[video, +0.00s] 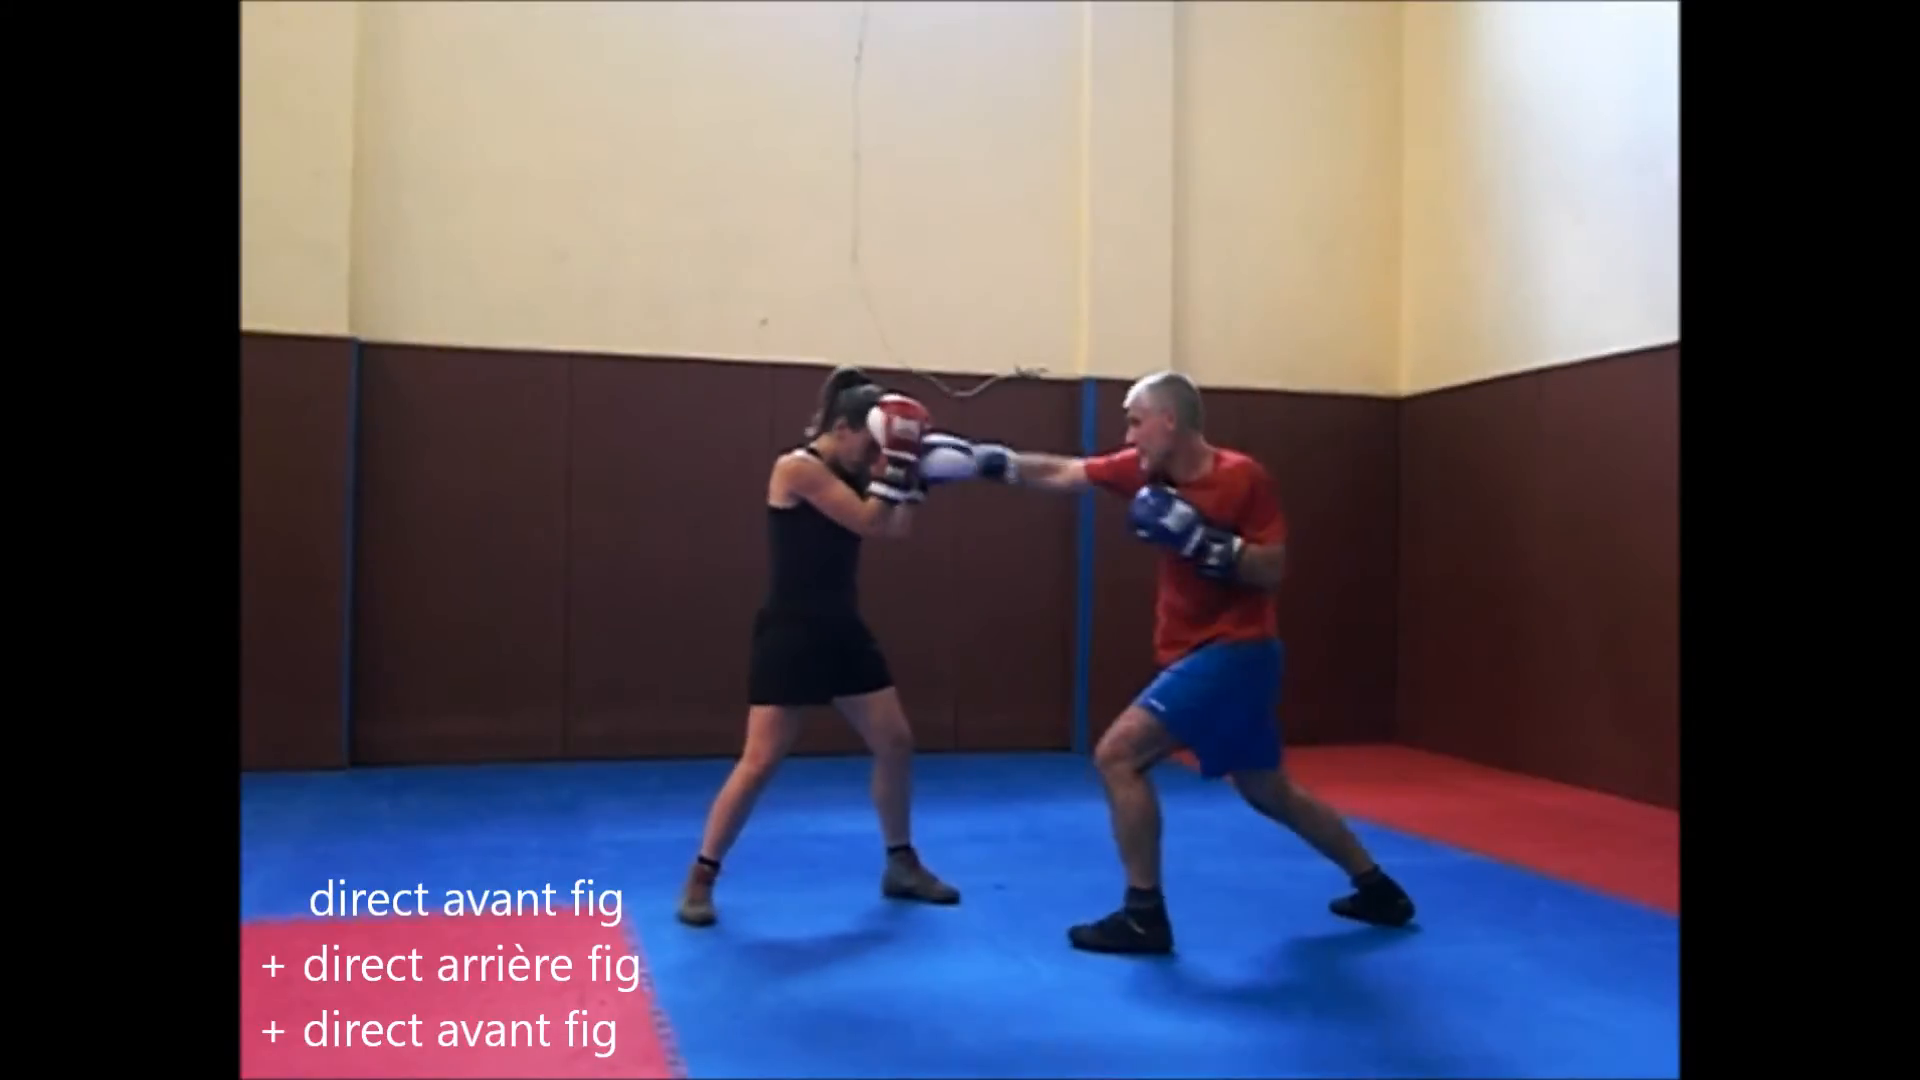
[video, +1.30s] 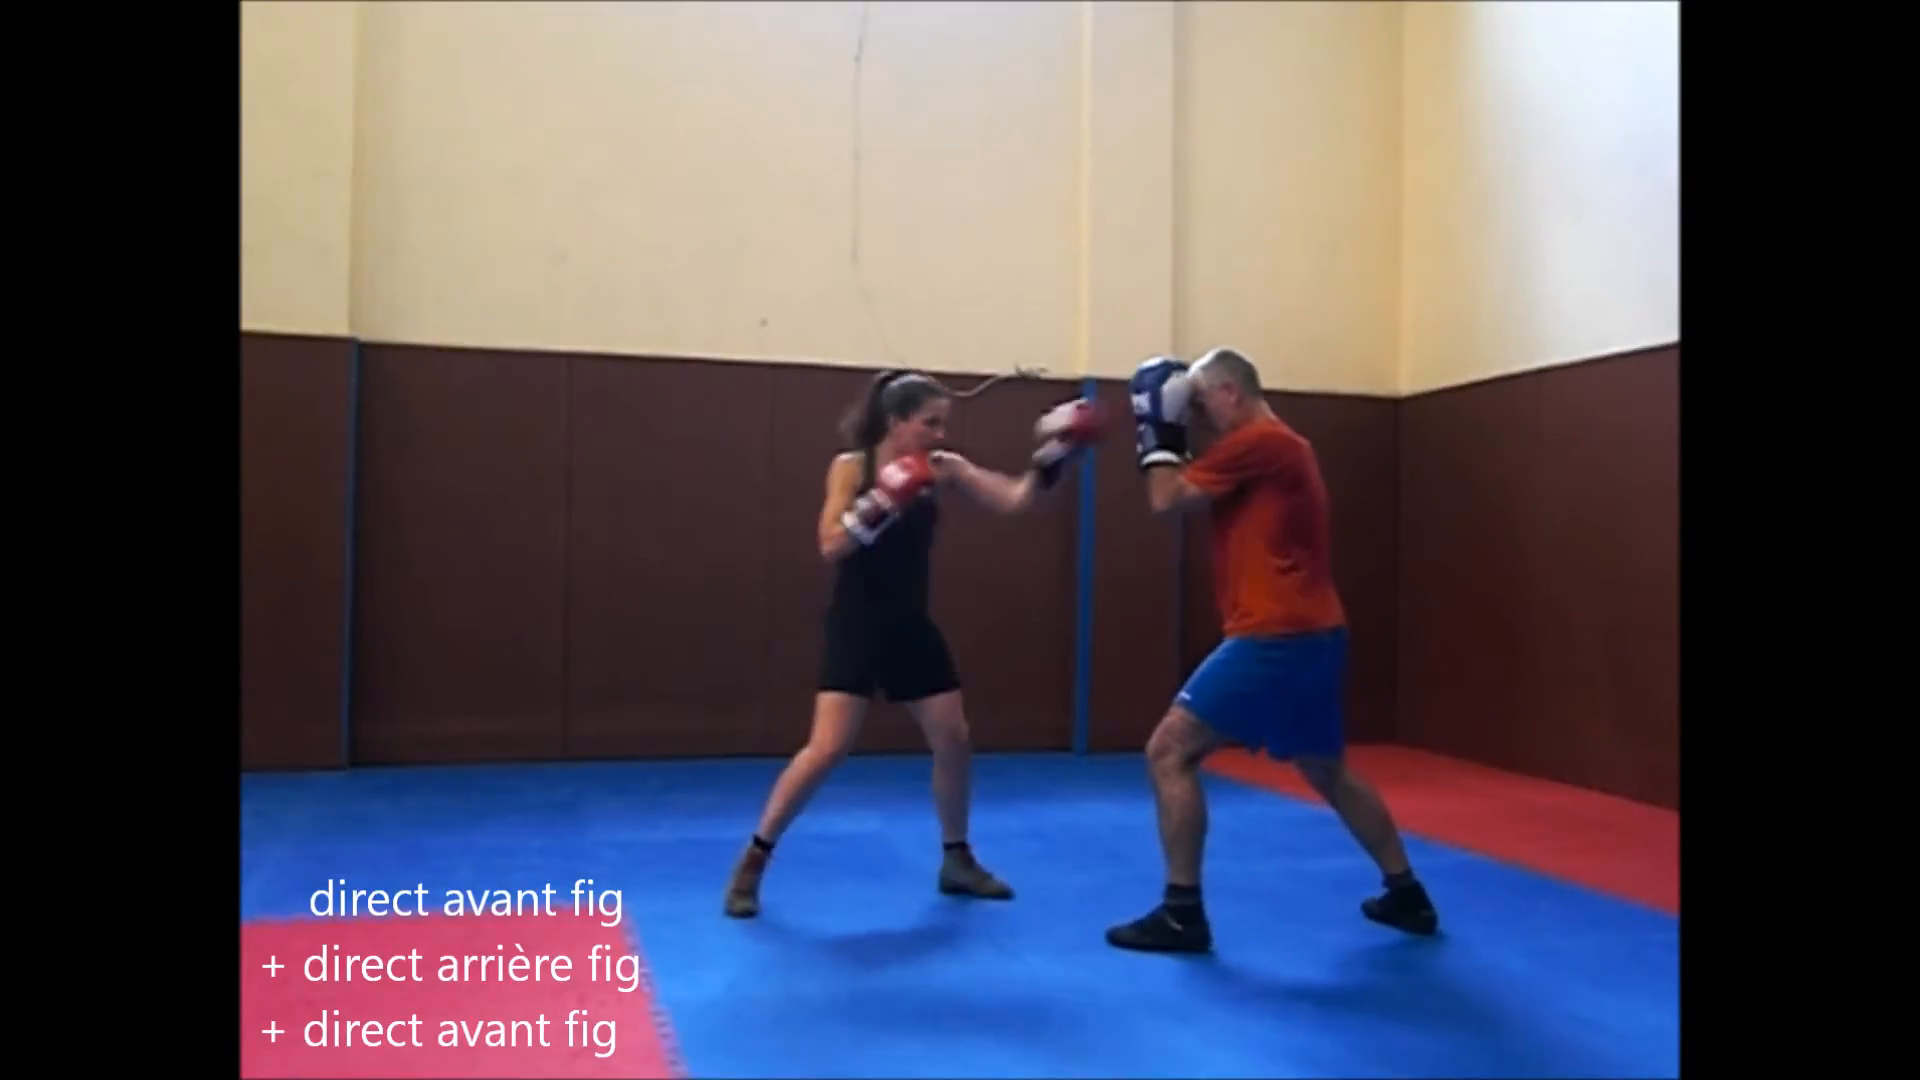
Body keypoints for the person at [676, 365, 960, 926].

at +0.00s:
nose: (873, 451)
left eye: (877, 442)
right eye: (869, 440)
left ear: (858, 434)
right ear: (841, 429)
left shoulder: (846, 475)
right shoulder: (797, 468)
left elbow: (894, 525)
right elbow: (872, 522)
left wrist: (913, 472)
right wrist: (892, 466)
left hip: (840, 631)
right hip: (789, 633)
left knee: (894, 741)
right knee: (760, 760)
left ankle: (901, 865)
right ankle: (701, 878)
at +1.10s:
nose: (894, 421)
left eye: (898, 411)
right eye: (885, 410)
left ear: (877, 415)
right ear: (850, 410)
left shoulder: (883, 460)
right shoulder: (810, 457)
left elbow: (922, 521)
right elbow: (837, 532)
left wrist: (955, 485)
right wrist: (888, 483)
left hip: (878, 616)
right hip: (820, 622)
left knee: (949, 712)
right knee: (791, 744)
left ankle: (959, 830)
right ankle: (744, 863)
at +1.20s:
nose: (913, 427)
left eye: (916, 416)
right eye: (902, 416)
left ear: (915, 419)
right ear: (863, 416)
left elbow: (1001, 465)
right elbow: (817, 539)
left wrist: (1058, 446)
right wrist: (867, 491)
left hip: (897, 617)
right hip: (839, 618)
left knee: (942, 734)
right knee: (808, 739)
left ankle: (959, 855)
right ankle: (747, 861)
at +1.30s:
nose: (941, 433)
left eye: (944, 423)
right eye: (932, 422)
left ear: (933, 423)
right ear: (897, 422)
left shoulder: (940, 467)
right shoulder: (852, 469)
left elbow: (1015, 498)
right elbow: (831, 544)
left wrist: (1051, 457)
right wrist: (881, 501)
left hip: (912, 627)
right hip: (857, 626)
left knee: (953, 738)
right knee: (826, 748)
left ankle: (958, 861)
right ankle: (754, 861)